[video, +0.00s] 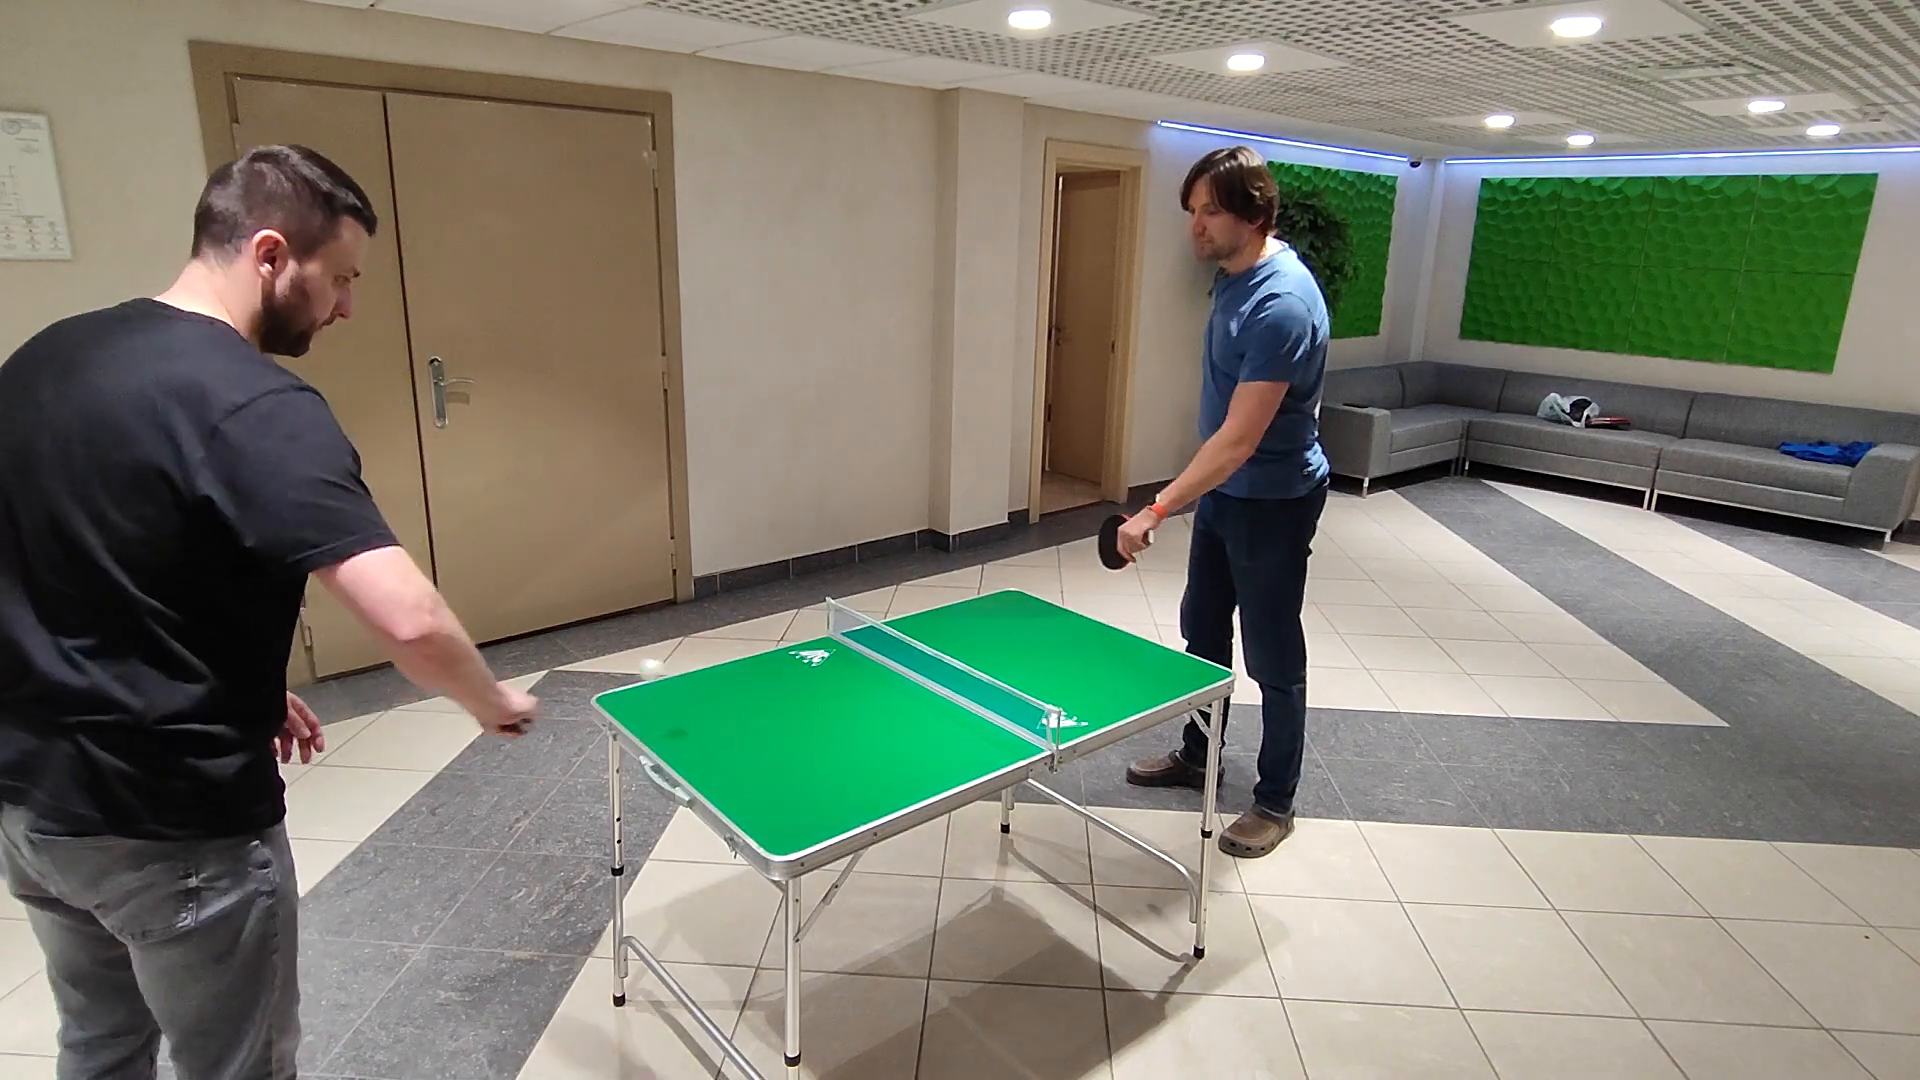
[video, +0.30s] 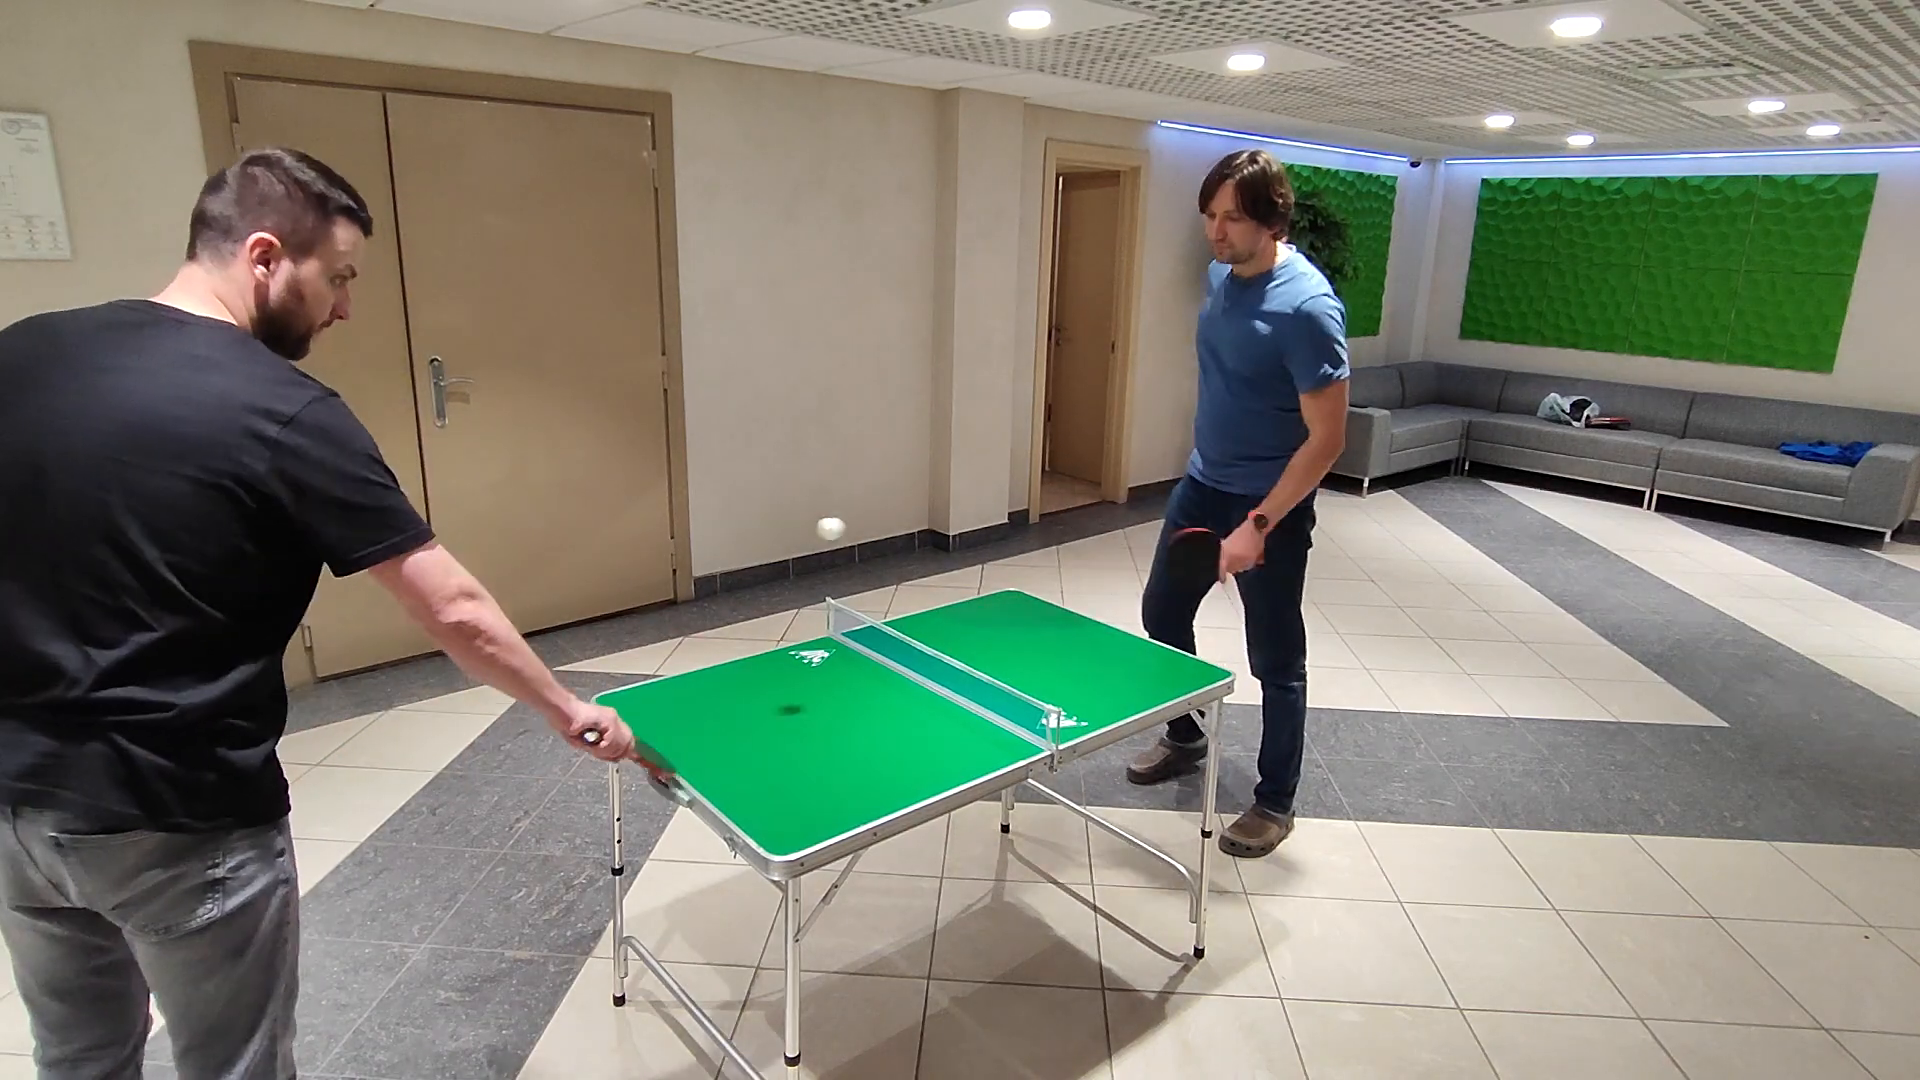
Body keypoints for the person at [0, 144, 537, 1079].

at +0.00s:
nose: (346, 308)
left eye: (353, 284)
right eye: (344, 278)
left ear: (234, 241)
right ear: (272, 251)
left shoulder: (44, 359)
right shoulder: (257, 402)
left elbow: (73, 574)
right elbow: (415, 623)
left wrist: (242, 685)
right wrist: (495, 704)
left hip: (32, 800)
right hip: (181, 824)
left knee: (102, 1049)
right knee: (240, 1063)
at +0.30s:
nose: (345, 308)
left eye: (350, 283)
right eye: (340, 278)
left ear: (237, 246)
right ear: (265, 254)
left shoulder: (24, 352)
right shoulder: (288, 412)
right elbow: (454, 609)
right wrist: (563, 706)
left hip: (19, 798)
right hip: (183, 811)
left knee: (79, 1063)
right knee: (235, 1064)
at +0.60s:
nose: (281, 266)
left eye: (284, 242)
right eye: (269, 239)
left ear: (173, 229)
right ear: (181, 231)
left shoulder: (13, 345)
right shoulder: (224, 394)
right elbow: (281, 640)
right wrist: (387, 734)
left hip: (35, 797)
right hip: (193, 816)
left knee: (90, 1055)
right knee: (235, 1062)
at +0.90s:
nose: (215, 244)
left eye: (211, 218)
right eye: (192, 218)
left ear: (91, 220)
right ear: (93, 217)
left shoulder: (22, 340)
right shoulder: (97, 387)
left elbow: (123, 591)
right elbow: (119, 650)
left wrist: (236, 690)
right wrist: (279, 747)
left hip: (47, 806)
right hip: (152, 829)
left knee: (78, 1054)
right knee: (234, 1060)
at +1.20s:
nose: (214, 265)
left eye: (214, 236)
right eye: (190, 231)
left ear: (85, 221)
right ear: (88, 217)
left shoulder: (22, 340)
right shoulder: (83, 382)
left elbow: (148, 555)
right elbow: (145, 627)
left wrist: (276, 650)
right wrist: (311, 724)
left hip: (41, 813)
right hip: (144, 832)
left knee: (73, 1058)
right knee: (223, 1060)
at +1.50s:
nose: (337, 322)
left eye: (339, 294)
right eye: (321, 288)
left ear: (222, 270)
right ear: (226, 271)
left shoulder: (26, 356)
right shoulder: (226, 433)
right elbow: (443, 633)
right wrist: (610, 752)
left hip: (9, 844)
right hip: (129, 864)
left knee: (60, 1067)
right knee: (216, 1067)